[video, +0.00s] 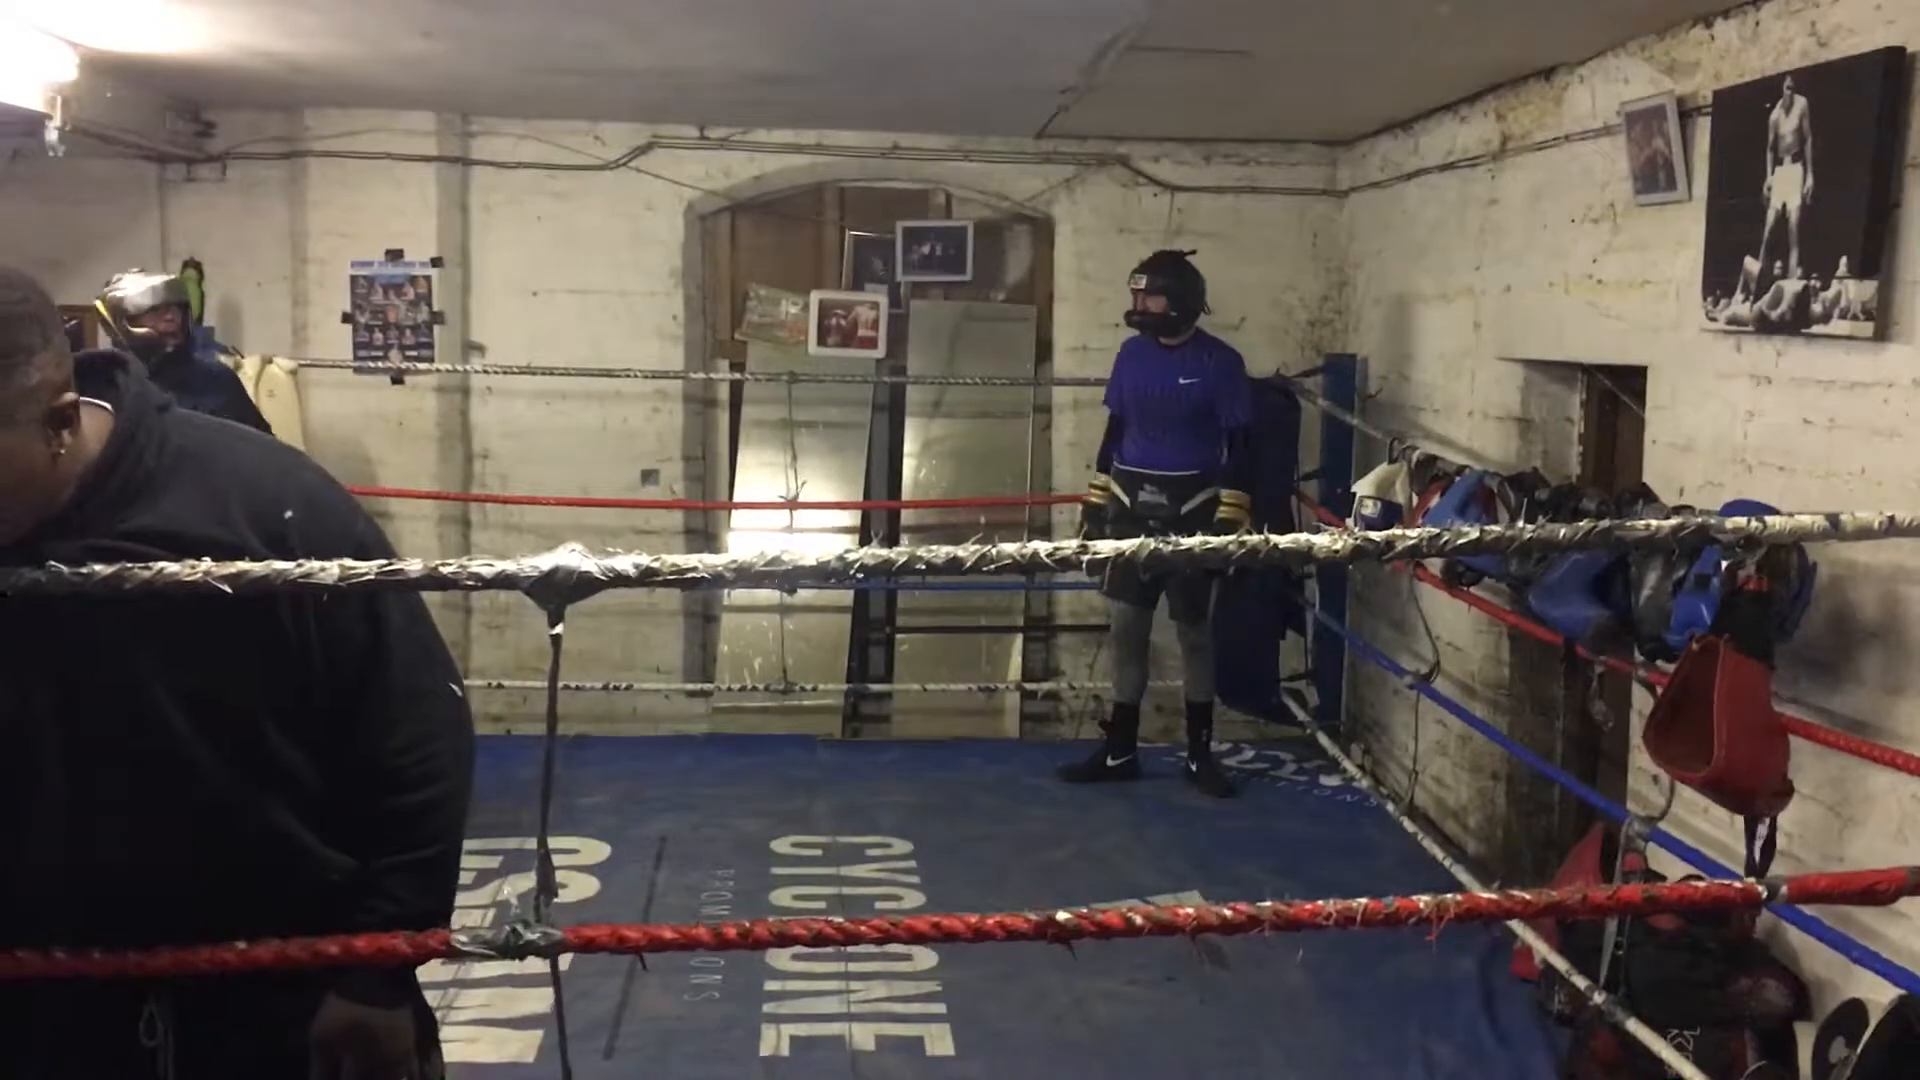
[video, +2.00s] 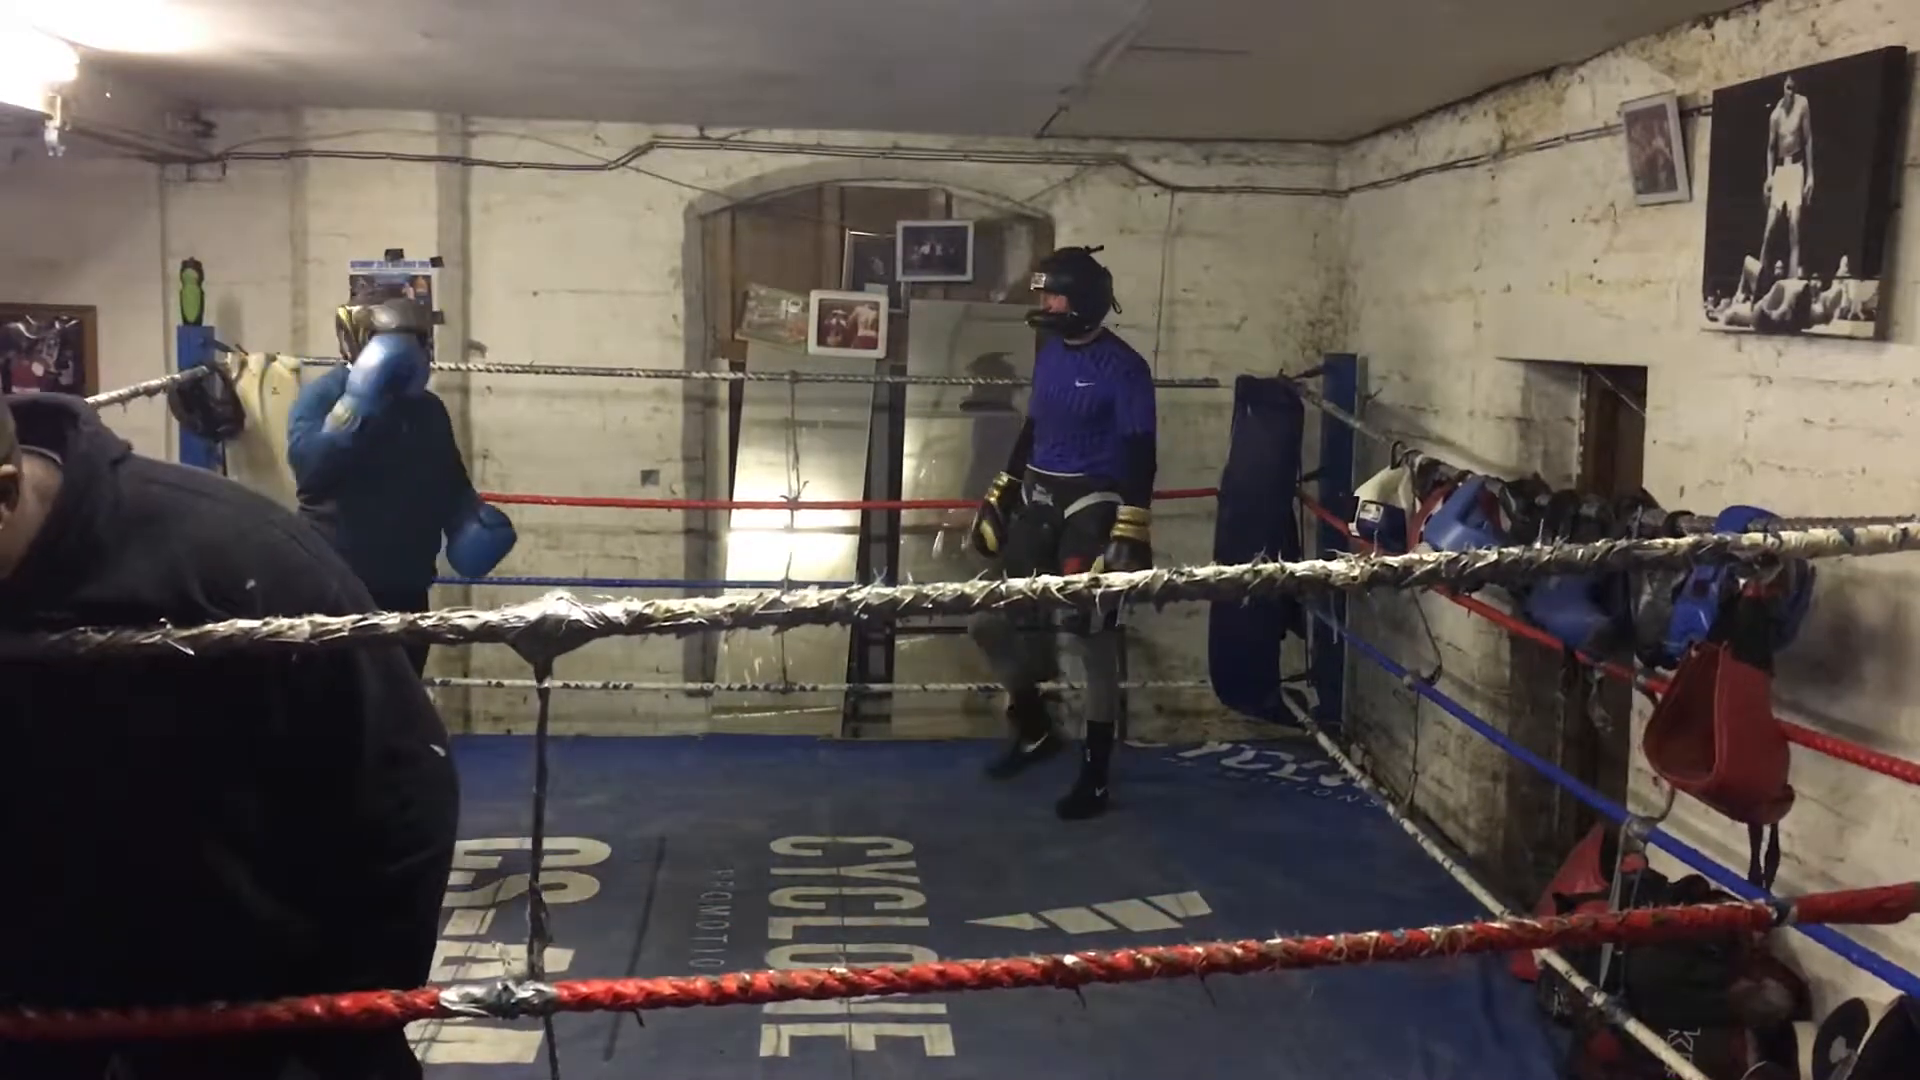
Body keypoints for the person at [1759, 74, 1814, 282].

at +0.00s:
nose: (1788, 92)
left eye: (1791, 89)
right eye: (1786, 89)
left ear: (1795, 90)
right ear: (1782, 89)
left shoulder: (1801, 104)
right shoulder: (1774, 115)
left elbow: (1808, 138)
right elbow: (1770, 147)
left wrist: (1810, 175)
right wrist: (1768, 175)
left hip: (1796, 164)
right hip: (1779, 166)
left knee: (1794, 220)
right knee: (1770, 220)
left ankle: (1793, 268)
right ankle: (1761, 266)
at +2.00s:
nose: (1788, 92)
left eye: (1792, 89)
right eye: (1787, 88)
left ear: (1796, 90)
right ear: (1783, 88)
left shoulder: (1802, 104)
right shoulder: (1775, 114)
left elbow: (1808, 139)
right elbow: (1771, 146)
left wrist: (1810, 175)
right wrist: (1769, 175)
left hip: (1797, 164)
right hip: (1780, 165)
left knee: (1794, 219)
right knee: (1771, 219)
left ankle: (1794, 267)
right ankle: (1762, 265)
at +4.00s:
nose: (1788, 92)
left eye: (1791, 89)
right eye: (1787, 88)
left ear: (1795, 90)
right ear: (1783, 89)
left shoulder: (1801, 105)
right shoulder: (1775, 114)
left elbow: (1808, 139)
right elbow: (1770, 146)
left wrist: (1810, 175)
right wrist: (1769, 176)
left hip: (1797, 164)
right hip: (1780, 165)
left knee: (1794, 221)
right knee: (1771, 221)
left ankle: (1794, 269)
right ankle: (1762, 269)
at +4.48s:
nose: (1788, 92)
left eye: (1791, 89)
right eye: (1787, 88)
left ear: (1796, 90)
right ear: (1783, 89)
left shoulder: (1801, 104)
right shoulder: (1775, 114)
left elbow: (1808, 139)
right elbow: (1771, 146)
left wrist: (1810, 174)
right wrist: (1769, 175)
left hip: (1797, 163)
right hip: (1779, 165)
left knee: (1794, 220)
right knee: (1771, 220)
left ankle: (1794, 268)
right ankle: (1762, 268)